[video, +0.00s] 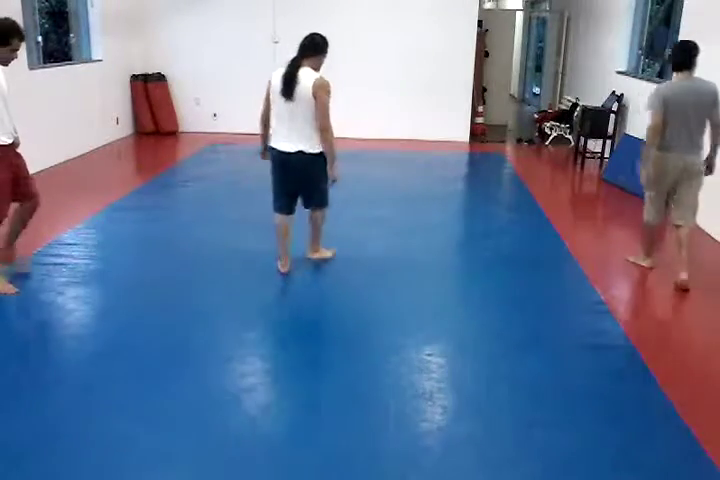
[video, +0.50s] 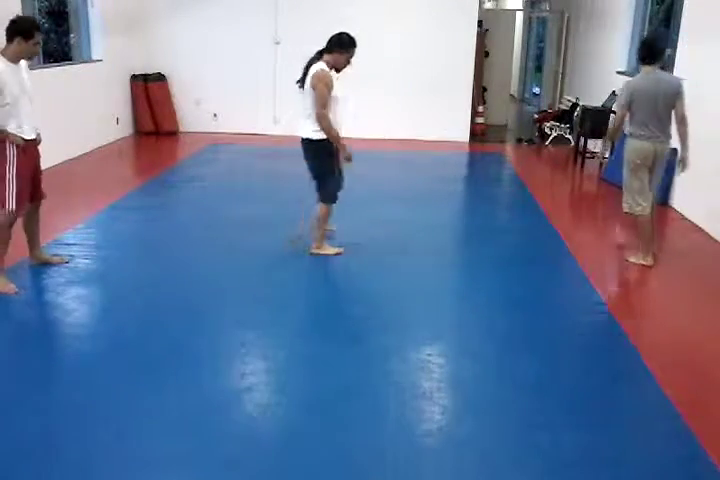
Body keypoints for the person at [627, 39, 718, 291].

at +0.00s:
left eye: (672, 59)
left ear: (671, 62)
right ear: (695, 62)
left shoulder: (662, 91)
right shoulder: (709, 91)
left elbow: (655, 128)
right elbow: (716, 129)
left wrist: (645, 161)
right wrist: (712, 156)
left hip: (663, 158)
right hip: (693, 161)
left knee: (654, 208)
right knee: (684, 217)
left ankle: (647, 256)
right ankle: (683, 272)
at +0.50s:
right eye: (659, 55)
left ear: (639, 56)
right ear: (661, 57)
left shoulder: (632, 85)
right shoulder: (674, 84)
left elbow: (619, 120)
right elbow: (681, 120)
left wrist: (608, 140)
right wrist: (684, 151)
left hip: (637, 146)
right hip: (662, 147)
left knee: (641, 200)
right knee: (649, 197)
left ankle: (645, 253)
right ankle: (649, 247)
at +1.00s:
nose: (611, 55)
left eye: (612, 51)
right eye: (611, 51)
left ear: (620, 52)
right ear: (632, 52)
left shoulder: (616, 77)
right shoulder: (647, 76)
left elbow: (607, 112)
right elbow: (650, 111)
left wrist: (597, 142)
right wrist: (645, 136)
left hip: (615, 134)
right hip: (636, 135)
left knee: (594, 176)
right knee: (624, 185)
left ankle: (604, 223)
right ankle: (613, 231)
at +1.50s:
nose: (576, 57)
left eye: (578, 53)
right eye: (575, 53)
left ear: (589, 52)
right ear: (593, 52)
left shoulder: (587, 75)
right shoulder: (612, 74)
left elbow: (580, 111)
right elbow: (615, 107)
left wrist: (568, 139)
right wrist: (613, 134)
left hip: (585, 129)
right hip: (602, 129)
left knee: (572, 173)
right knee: (593, 173)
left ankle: (570, 217)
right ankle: (602, 206)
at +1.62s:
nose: (569, 55)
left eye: (572, 51)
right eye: (569, 51)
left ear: (584, 50)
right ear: (588, 50)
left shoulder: (584, 72)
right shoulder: (604, 70)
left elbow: (578, 106)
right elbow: (609, 105)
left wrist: (560, 132)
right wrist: (608, 131)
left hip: (583, 126)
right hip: (597, 126)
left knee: (572, 172)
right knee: (580, 167)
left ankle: (573, 217)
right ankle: (585, 206)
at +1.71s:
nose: (567, 55)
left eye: (570, 51)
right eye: (567, 51)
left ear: (581, 50)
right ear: (584, 51)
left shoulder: (584, 71)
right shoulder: (599, 70)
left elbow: (578, 106)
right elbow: (604, 102)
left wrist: (559, 130)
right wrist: (604, 127)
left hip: (584, 125)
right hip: (595, 125)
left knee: (572, 168)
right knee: (577, 167)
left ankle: (572, 217)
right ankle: (575, 213)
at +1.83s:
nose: (566, 55)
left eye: (569, 50)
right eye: (565, 50)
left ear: (581, 51)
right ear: (578, 51)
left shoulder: (586, 73)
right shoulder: (580, 70)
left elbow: (584, 108)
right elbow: (577, 105)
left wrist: (562, 128)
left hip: (586, 125)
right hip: (580, 124)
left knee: (575, 169)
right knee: (573, 168)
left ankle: (573, 217)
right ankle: (571, 213)